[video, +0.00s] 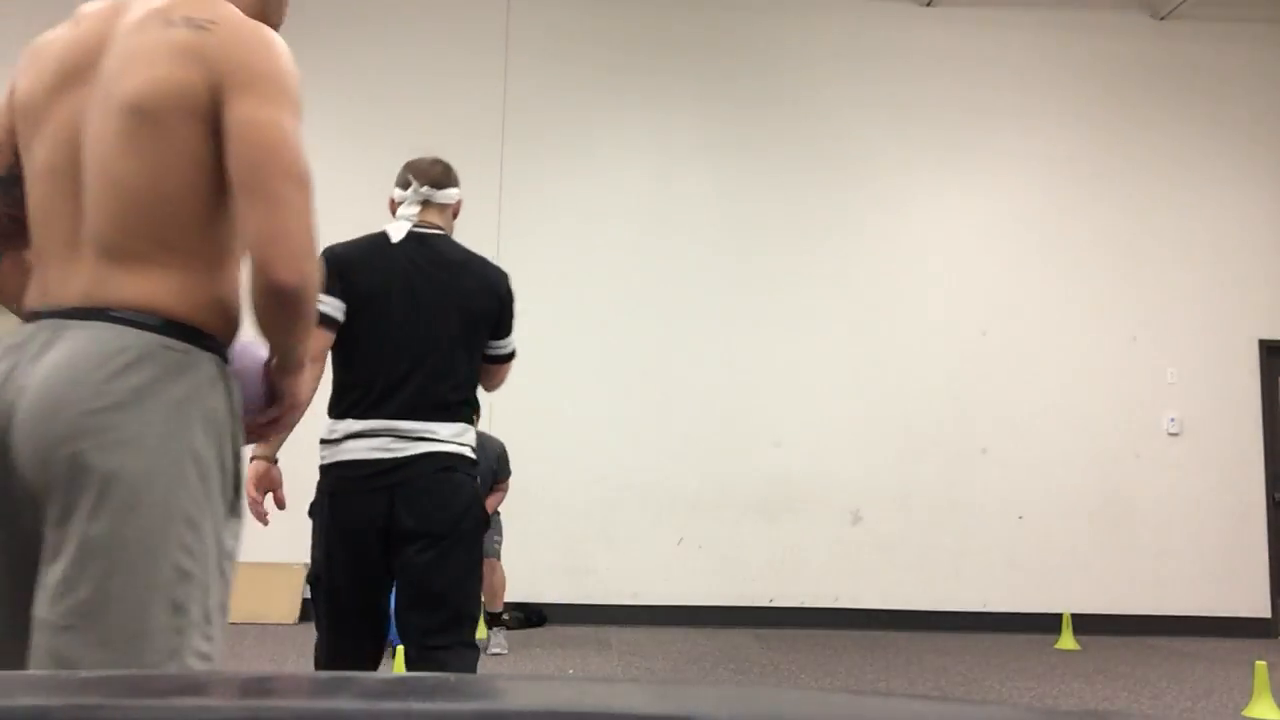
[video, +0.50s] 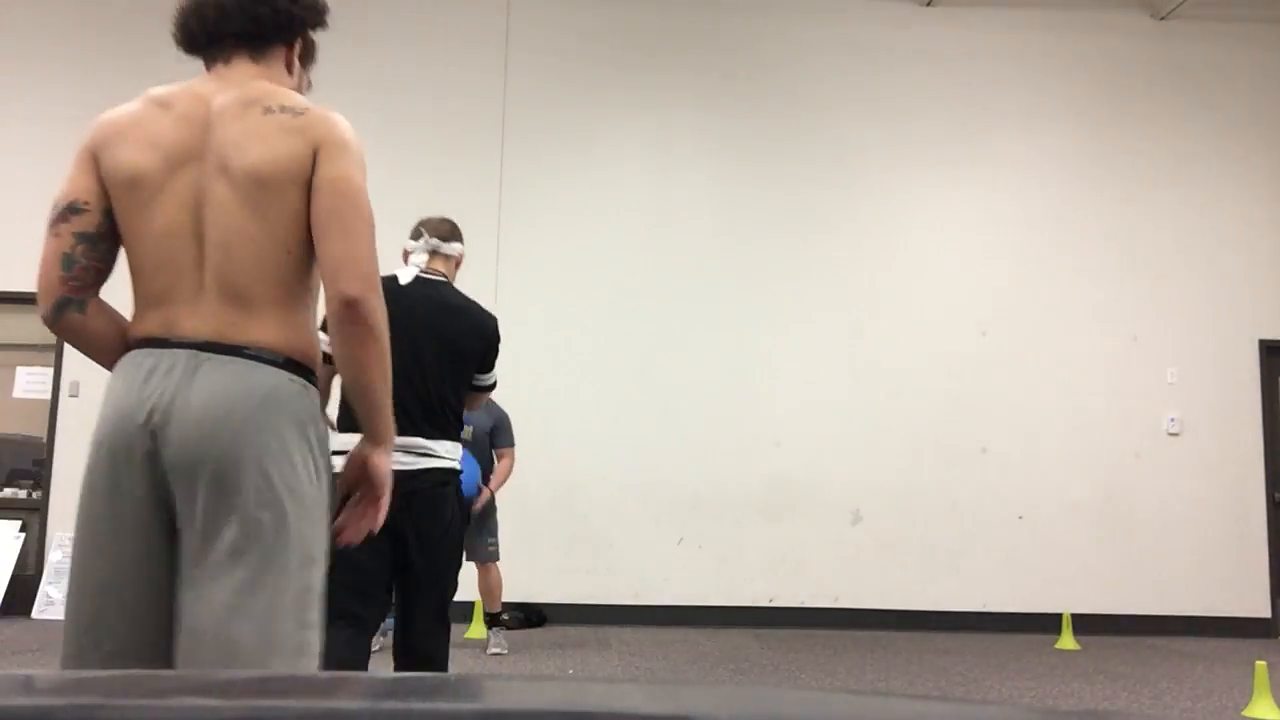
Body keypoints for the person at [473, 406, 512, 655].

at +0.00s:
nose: (467, 423)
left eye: (471, 417)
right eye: (462, 418)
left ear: (477, 418)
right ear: (453, 420)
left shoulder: (493, 447)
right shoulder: (442, 449)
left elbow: (500, 488)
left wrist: (481, 512)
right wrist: (454, 511)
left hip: (484, 514)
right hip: (452, 515)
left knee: (489, 558)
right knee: (452, 565)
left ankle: (495, 627)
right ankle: (454, 632)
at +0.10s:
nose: (468, 414)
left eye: (474, 409)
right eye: (465, 408)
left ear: (483, 413)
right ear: (457, 411)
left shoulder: (497, 443)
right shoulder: (445, 440)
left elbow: (503, 483)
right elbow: (435, 480)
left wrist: (484, 511)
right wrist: (451, 509)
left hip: (485, 511)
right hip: (451, 512)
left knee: (491, 560)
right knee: (451, 564)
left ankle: (495, 627)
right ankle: (452, 629)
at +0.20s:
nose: (471, 399)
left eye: (478, 394)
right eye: (466, 393)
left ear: (487, 400)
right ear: (458, 395)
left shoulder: (500, 435)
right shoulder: (444, 429)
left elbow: (505, 478)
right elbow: (431, 473)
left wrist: (488, 512)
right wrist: (437, 508)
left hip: (484, 510)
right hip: (449, 510)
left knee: (492, 561)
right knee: (448, 567)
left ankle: (495, 628)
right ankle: (446, 629)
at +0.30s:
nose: (473, 392)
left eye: (479, 386)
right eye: (468, 386)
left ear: (489, 387)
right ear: (458, 387)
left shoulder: (501, 427)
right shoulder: (445, 420)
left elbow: (509, 471)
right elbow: (429, 463)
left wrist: (495, 505)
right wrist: (435, 500)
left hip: (483, 505)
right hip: (447, 503)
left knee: (492, 561)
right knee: (440, 563)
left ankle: (495, 628)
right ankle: (435, 628)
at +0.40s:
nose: (477, 386)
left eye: (481, 381)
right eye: (471, 380)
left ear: (489, 383)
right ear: (460, 381)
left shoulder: (500, 419)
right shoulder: (443, 410)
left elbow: (510, 463)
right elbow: (429, 454)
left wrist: (496, 497)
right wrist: (435, 491)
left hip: (483, 499)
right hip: (447, 499)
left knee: (489, 562)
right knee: (443, 566)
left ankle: (495, 628)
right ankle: (435, 630)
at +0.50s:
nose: (476, 387)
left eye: (480, 381)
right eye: (471, 380)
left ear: (486, 386)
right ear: (457, 382)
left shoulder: (494, 415)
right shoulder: (441, 408)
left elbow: (505, 459)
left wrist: (488, 490)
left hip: (478, 497)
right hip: (442, 497)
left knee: (486, 561)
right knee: (436, 565)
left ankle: (494, 627)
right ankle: (426, 629)